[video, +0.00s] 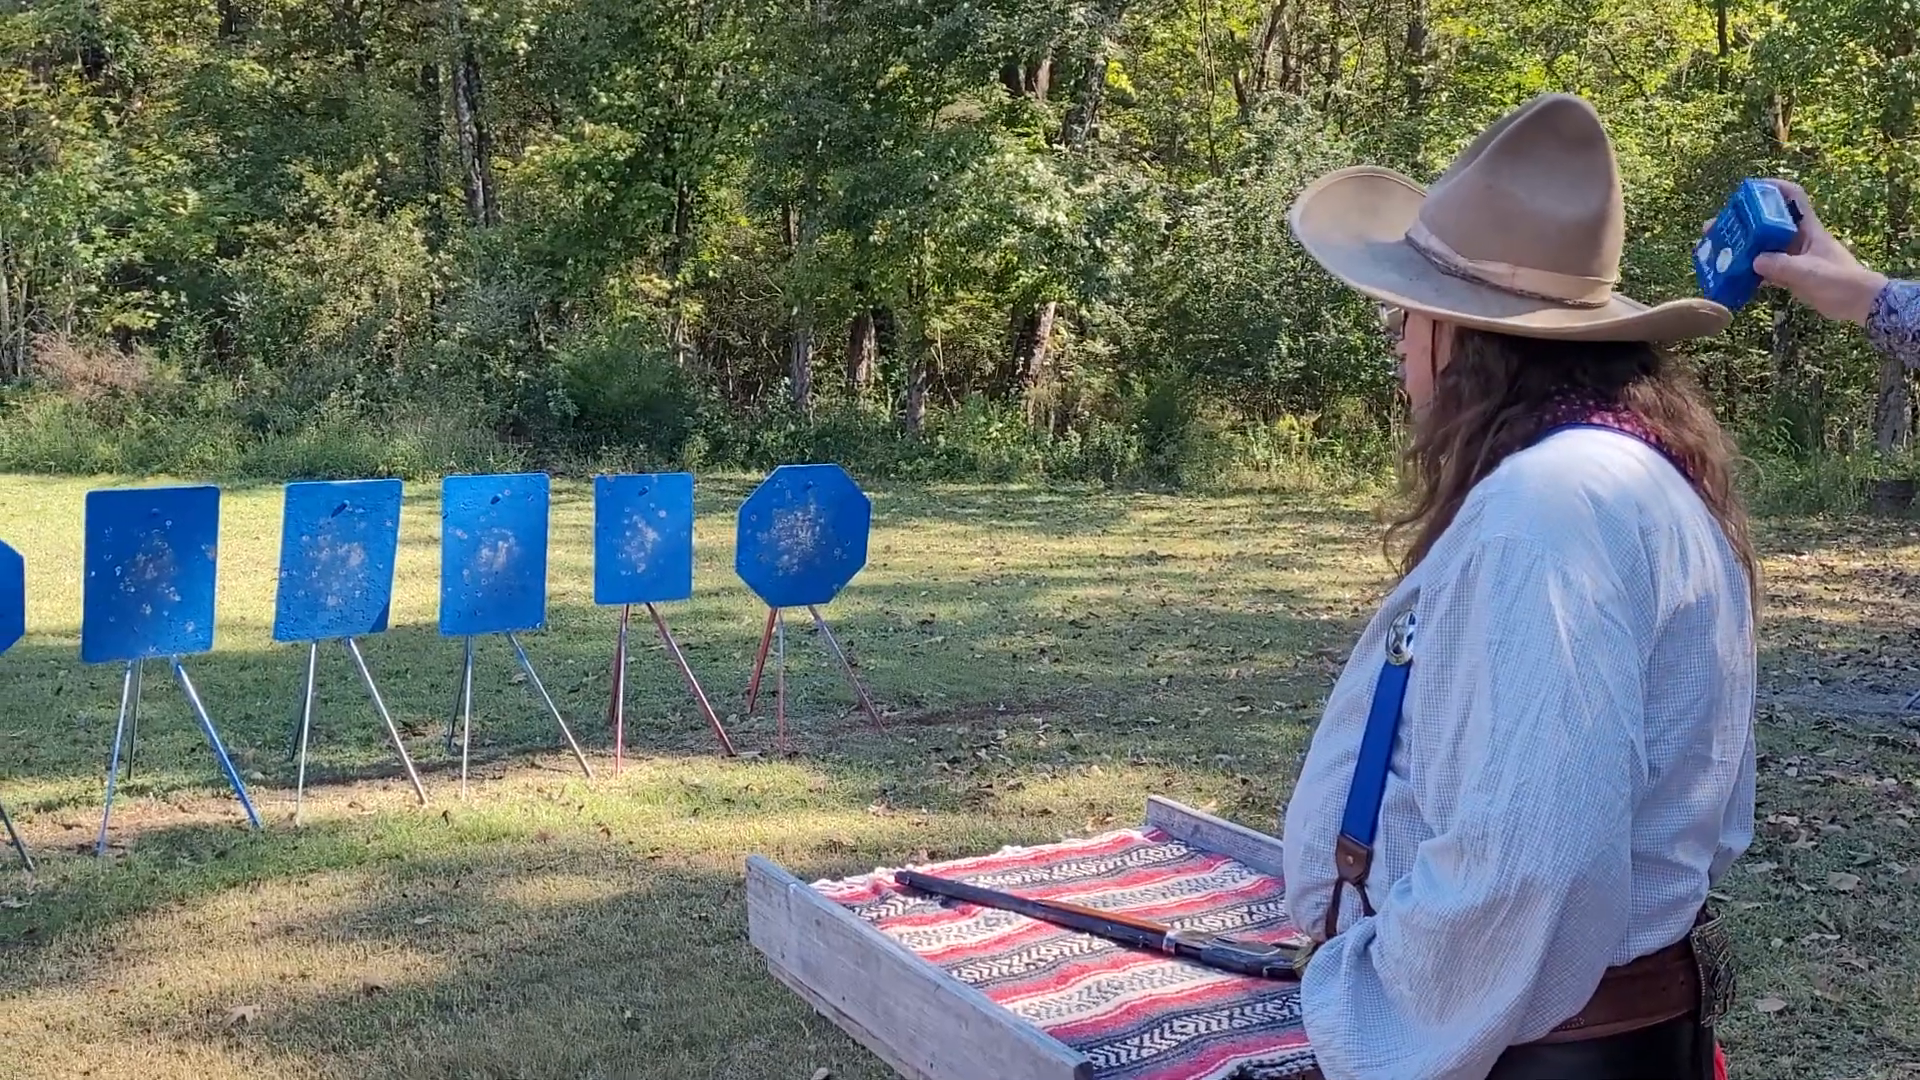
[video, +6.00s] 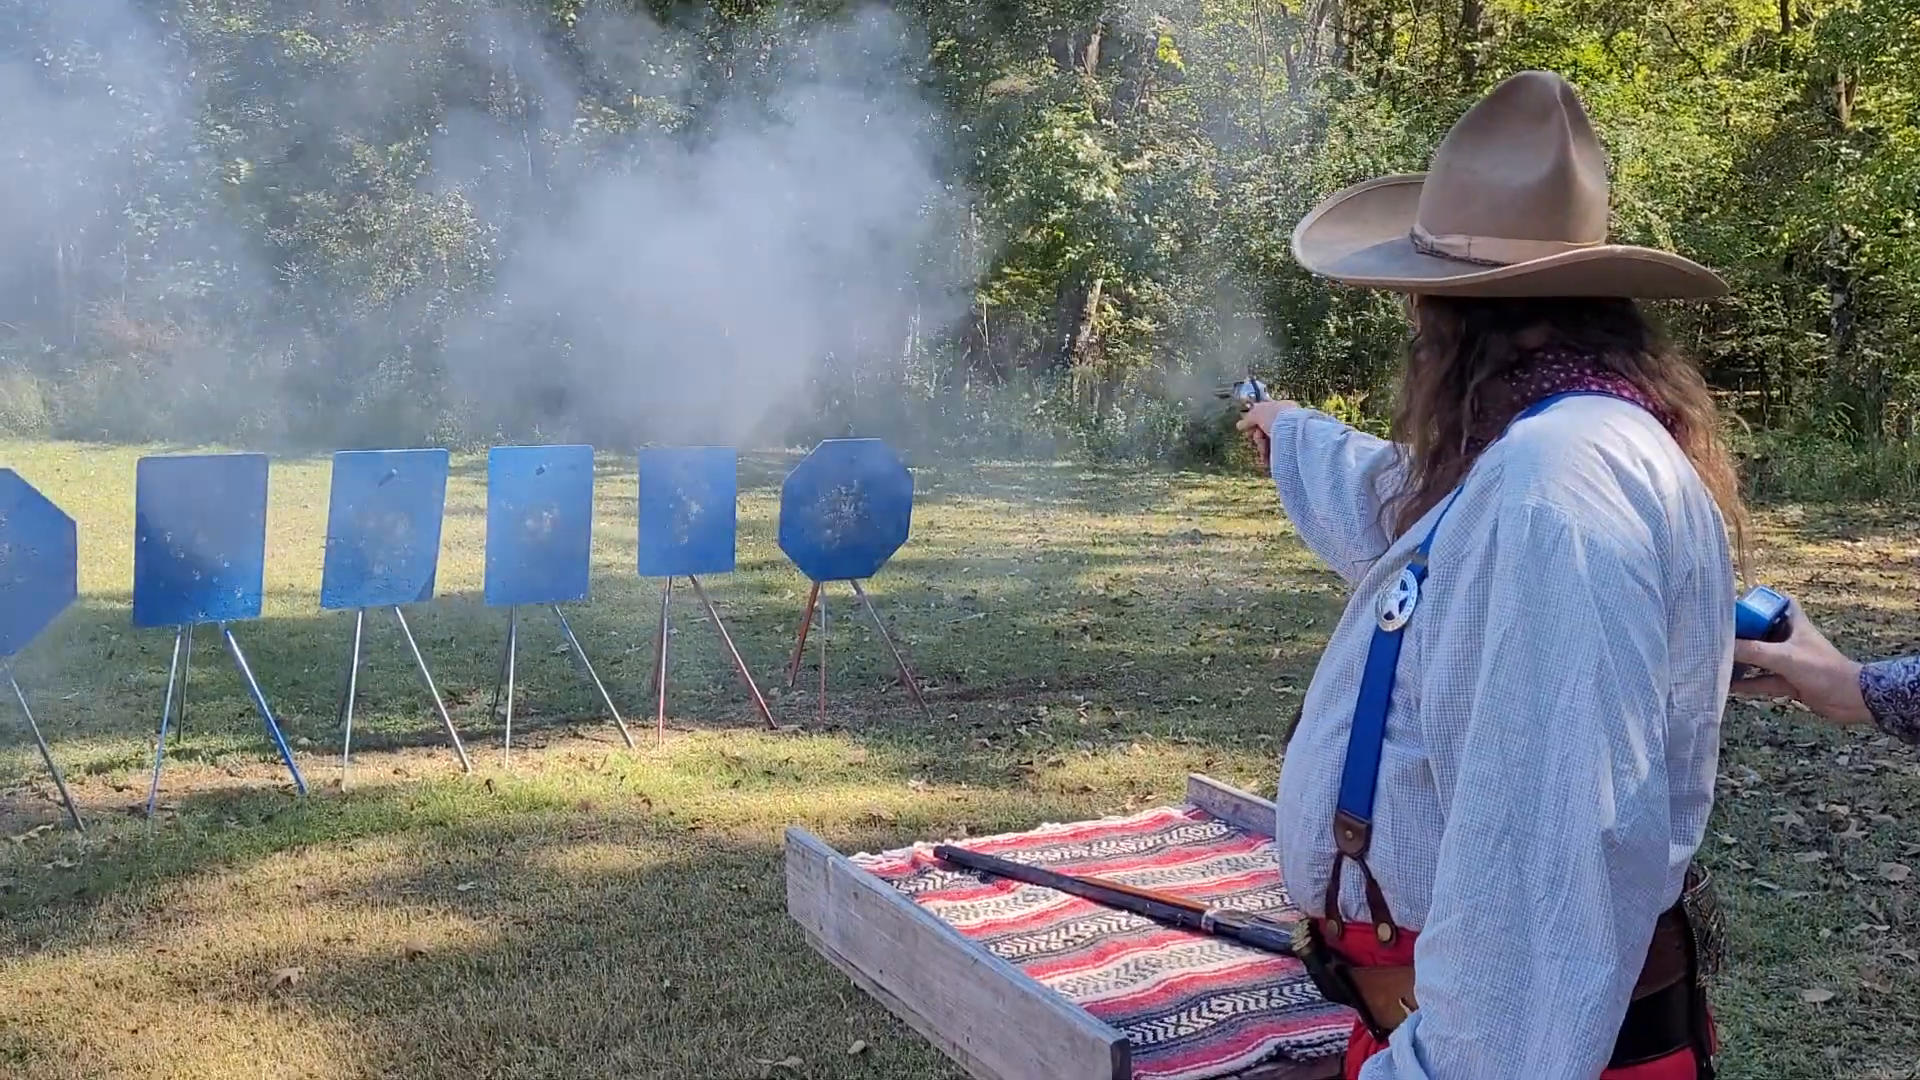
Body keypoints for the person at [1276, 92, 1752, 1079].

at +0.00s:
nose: (1395, 344)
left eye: (1406, 317)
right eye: (1400, 316)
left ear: (1464, 337)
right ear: (1569, 329)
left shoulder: (1551, 503)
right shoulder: (1639, 471)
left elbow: (1531, 852)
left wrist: (1363, 997)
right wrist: (1380, 893)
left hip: (1553, 1035)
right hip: (1637, 1003)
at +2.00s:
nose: (1352, 334)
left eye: (1362, 309)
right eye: (1356, 309)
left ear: (1414, 328)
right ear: (1475, 326)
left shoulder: (1590, 512)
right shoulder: (1434, 479)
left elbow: (1607, 910)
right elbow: (1246, 525)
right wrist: (1067, 475)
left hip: (1469, 1040)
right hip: (1368, 999)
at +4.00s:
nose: (1375, 318)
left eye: (1390, 289)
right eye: (1381, 289)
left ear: (1461, 306)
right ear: (1495, 310)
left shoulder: (1643, 486)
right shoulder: (1468, 460)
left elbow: (1696, 901)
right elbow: (1267, 509)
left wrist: (1637, 1069)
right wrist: (1069, 447)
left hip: (1514, 1035)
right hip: (1384, 989)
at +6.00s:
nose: (1406, 324)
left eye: (1417, 300)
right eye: (1409, 296)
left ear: (1454, 317)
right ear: (1567, 304)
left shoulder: (1551, 488)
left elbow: (1548, 859)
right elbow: (1401, 500)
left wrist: (1439, 1058)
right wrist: (1287, 436)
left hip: (1510, 1022)